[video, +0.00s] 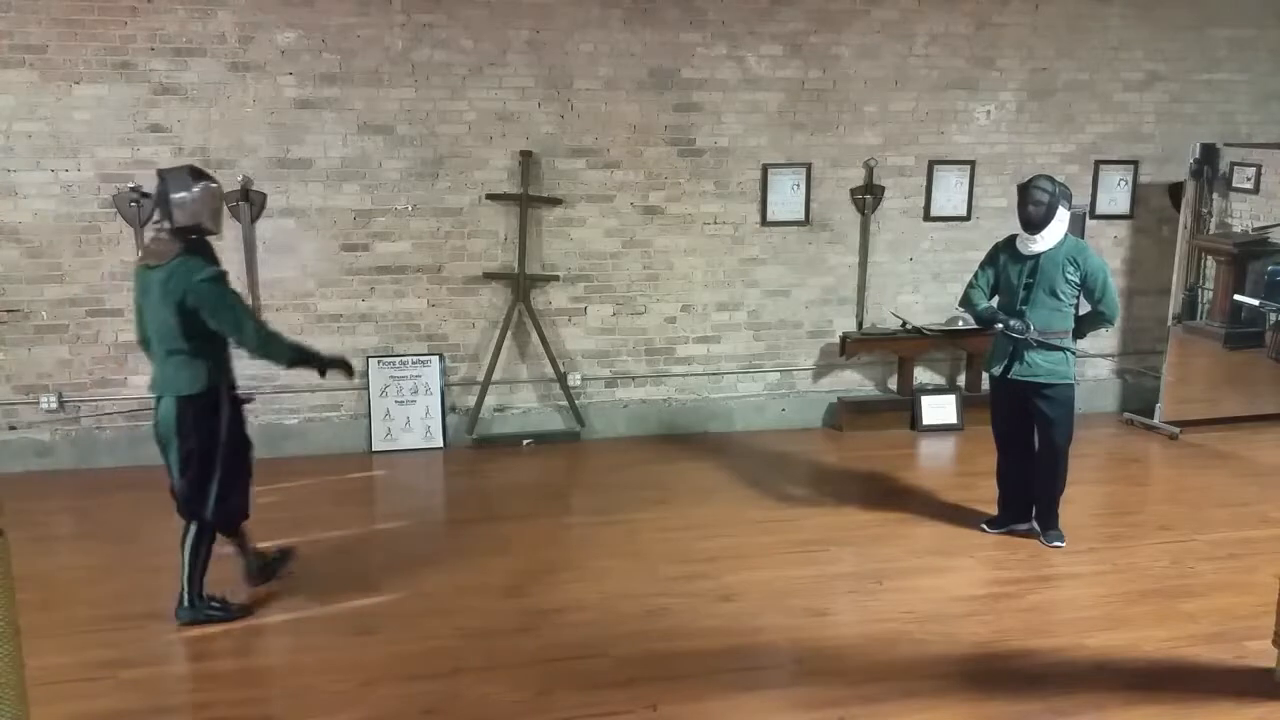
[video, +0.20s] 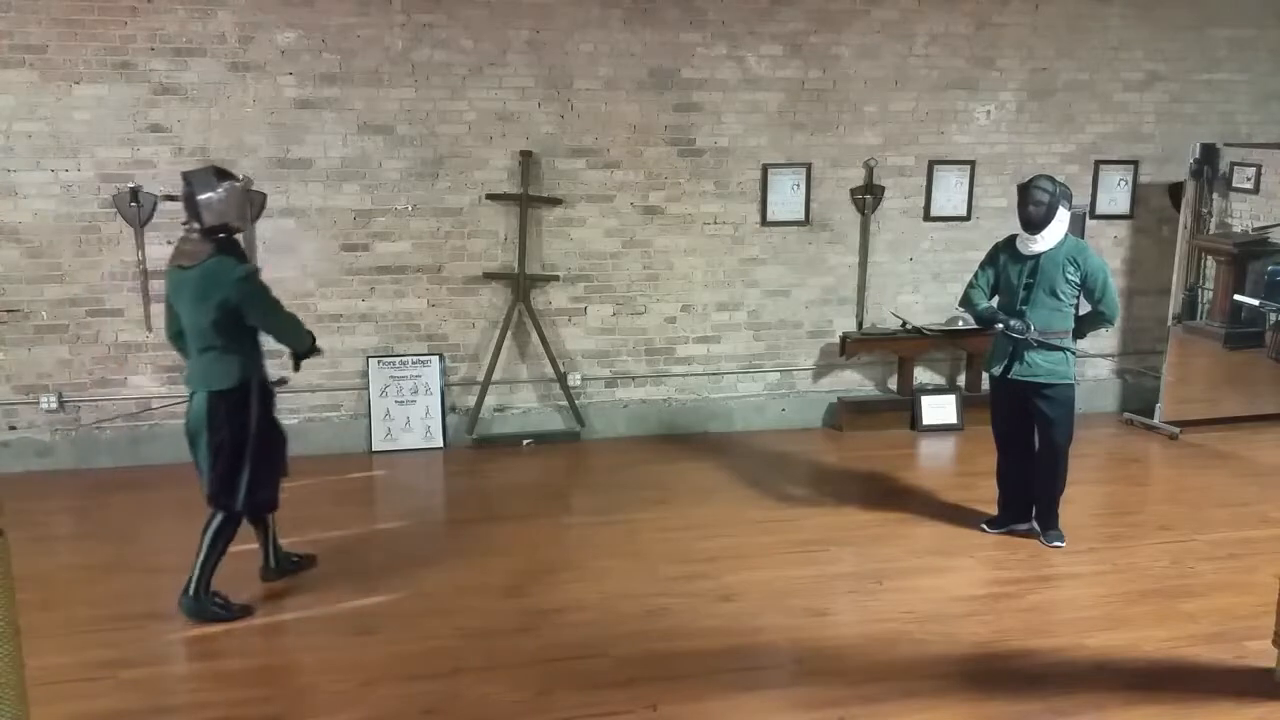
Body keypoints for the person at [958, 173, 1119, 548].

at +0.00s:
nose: (1028, 210)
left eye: (1037, 203)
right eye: (1024, 202)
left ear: (1058, 207)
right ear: (1018, 204)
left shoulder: (1079, 254)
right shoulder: (1004, 250)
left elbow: (1107, 312)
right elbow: (972, 297)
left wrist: (1068, 331)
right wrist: (1000, 320)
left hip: (1052, 373)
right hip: (1006, 371)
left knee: (1052, 453)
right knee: (1010, 449)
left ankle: (1048, 523)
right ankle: (1013, 515)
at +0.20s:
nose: (1028, 210)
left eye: (1037, 203)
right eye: (1025, 202)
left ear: (1058, 207)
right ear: (1019, 204)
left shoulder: (1079, 255)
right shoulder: (1005, 250)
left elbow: (1107, 312)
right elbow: (972, 297)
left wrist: (1068, 331)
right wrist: (1000, 319)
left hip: (1052, 373)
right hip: (1006, 371)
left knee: (1052, 453)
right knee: (1010, 449)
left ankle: (1048, 523)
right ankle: (1013, 515)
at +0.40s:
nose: (1028, 210)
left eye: (1037, 203)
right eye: (1025, 202)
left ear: (1058, 207)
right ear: (1019, 204)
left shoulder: (1079, 254)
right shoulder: (1004, 250)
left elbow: (1107, 312)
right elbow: (972, 296)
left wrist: (1068, 331)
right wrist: (1000, 320)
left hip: (1052, 373)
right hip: (1006, 371)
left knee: (1053, 453)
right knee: (1011, 449)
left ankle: (1048, 522)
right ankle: (1013, 515)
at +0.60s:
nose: (1027, 209)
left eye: (1036, 203)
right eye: (1024, 202)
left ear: (1057, 207)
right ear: (1018, 204)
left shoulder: (1078, 254)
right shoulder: (1004, 250)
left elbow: (1106, 312)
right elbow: (971, 296)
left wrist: (1068, 331)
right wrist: (999, 320)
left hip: (1052, 372)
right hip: (1006, 370)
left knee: (1052, 453)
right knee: (1010, 449)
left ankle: (1048, 522)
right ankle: (1013, 515)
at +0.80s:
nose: (1025, 210)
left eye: (1034, 203)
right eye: (1022, 202)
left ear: (1055, 207)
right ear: (1016, 204)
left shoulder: (1077, 254)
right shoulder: (1002, 250)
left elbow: (1105, 311)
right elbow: (970, 297)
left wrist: (1067, 331)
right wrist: (998, 320)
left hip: (1050, 372)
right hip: (1004, 370)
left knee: (1051, 452)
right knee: (1009, 448)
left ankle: (1047, 522)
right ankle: (1012, 515)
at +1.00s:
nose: (1028, 209)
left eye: (1037, 202)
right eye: (1024, 201)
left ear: (1058, 206)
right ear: (1019, 202)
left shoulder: (1081, 254)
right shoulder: (1005, 250)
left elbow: (1108, 311)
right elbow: (973, 297)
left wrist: (1071, 331)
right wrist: (1001, 319)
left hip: (1053, 372)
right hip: (1007, 370)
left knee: (1054, 453)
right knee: (1013, 449)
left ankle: (1051, 523)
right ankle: (1016, 516)